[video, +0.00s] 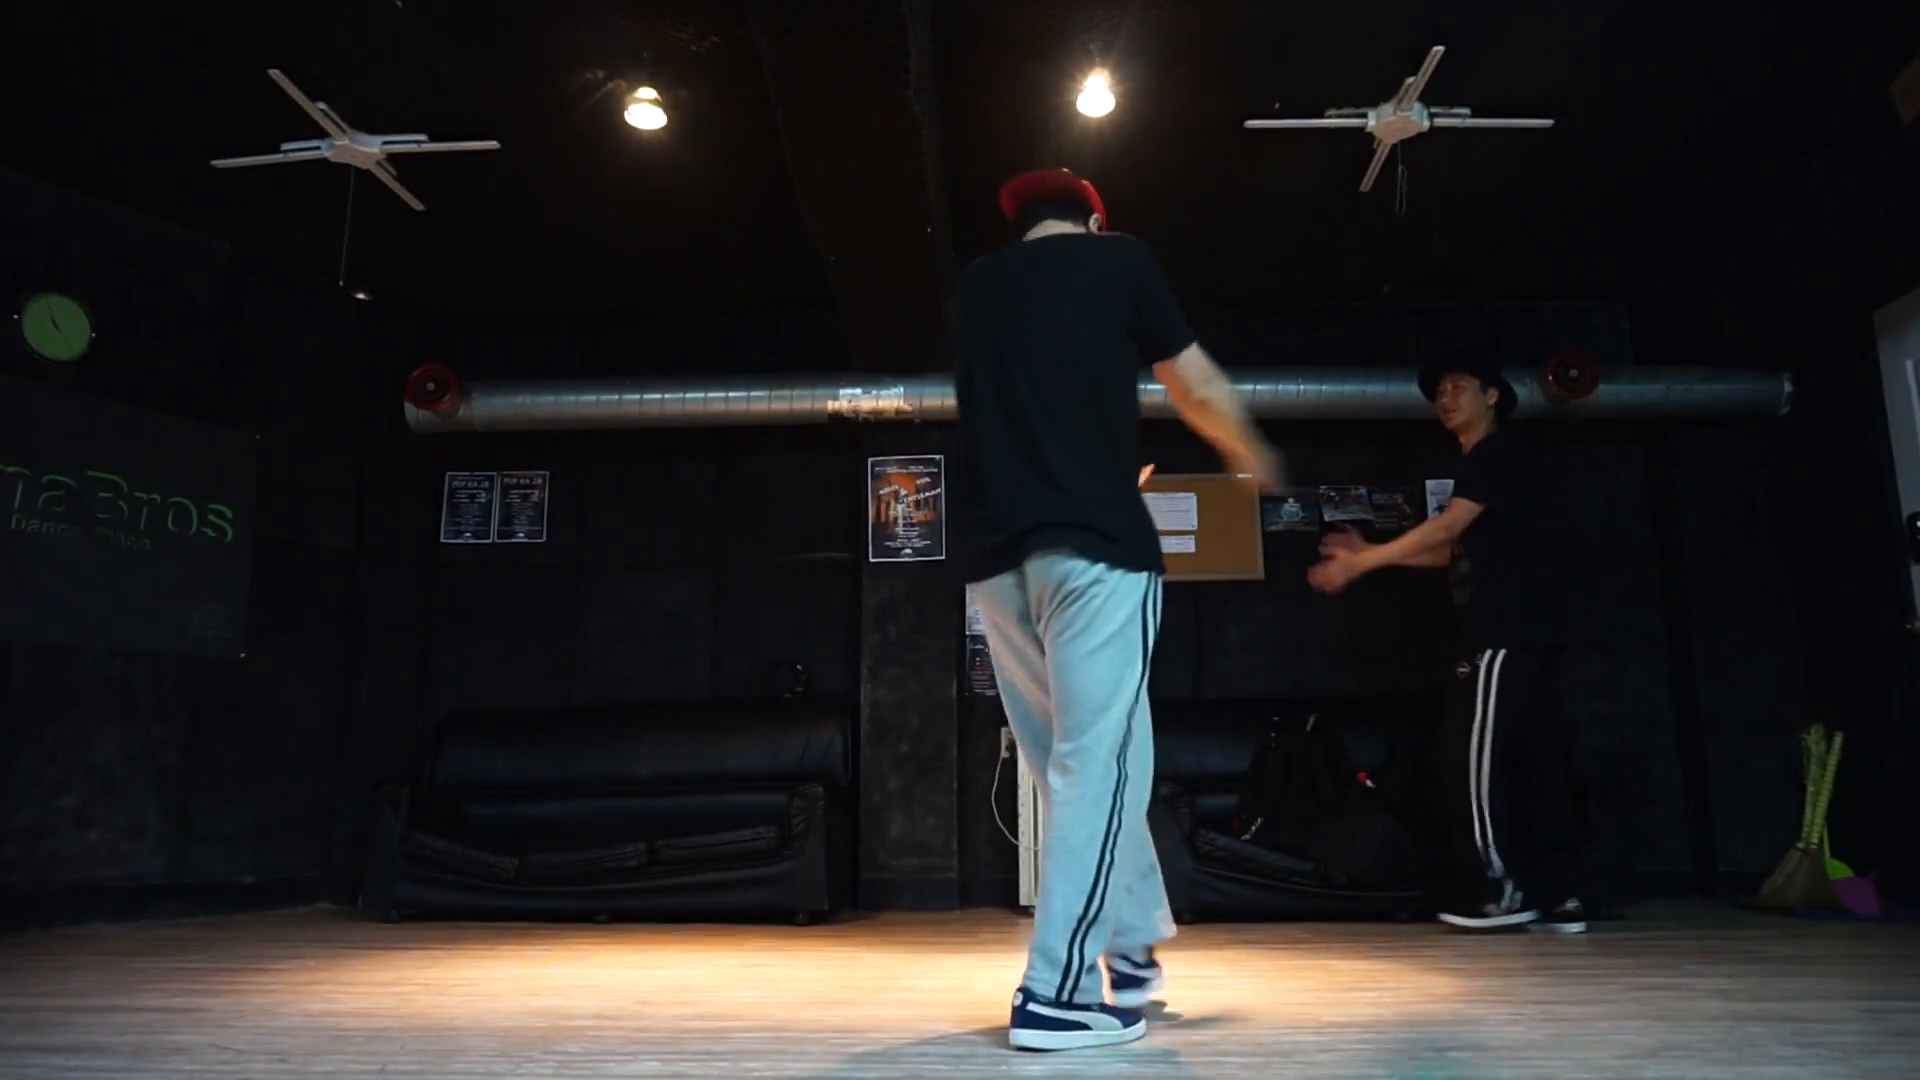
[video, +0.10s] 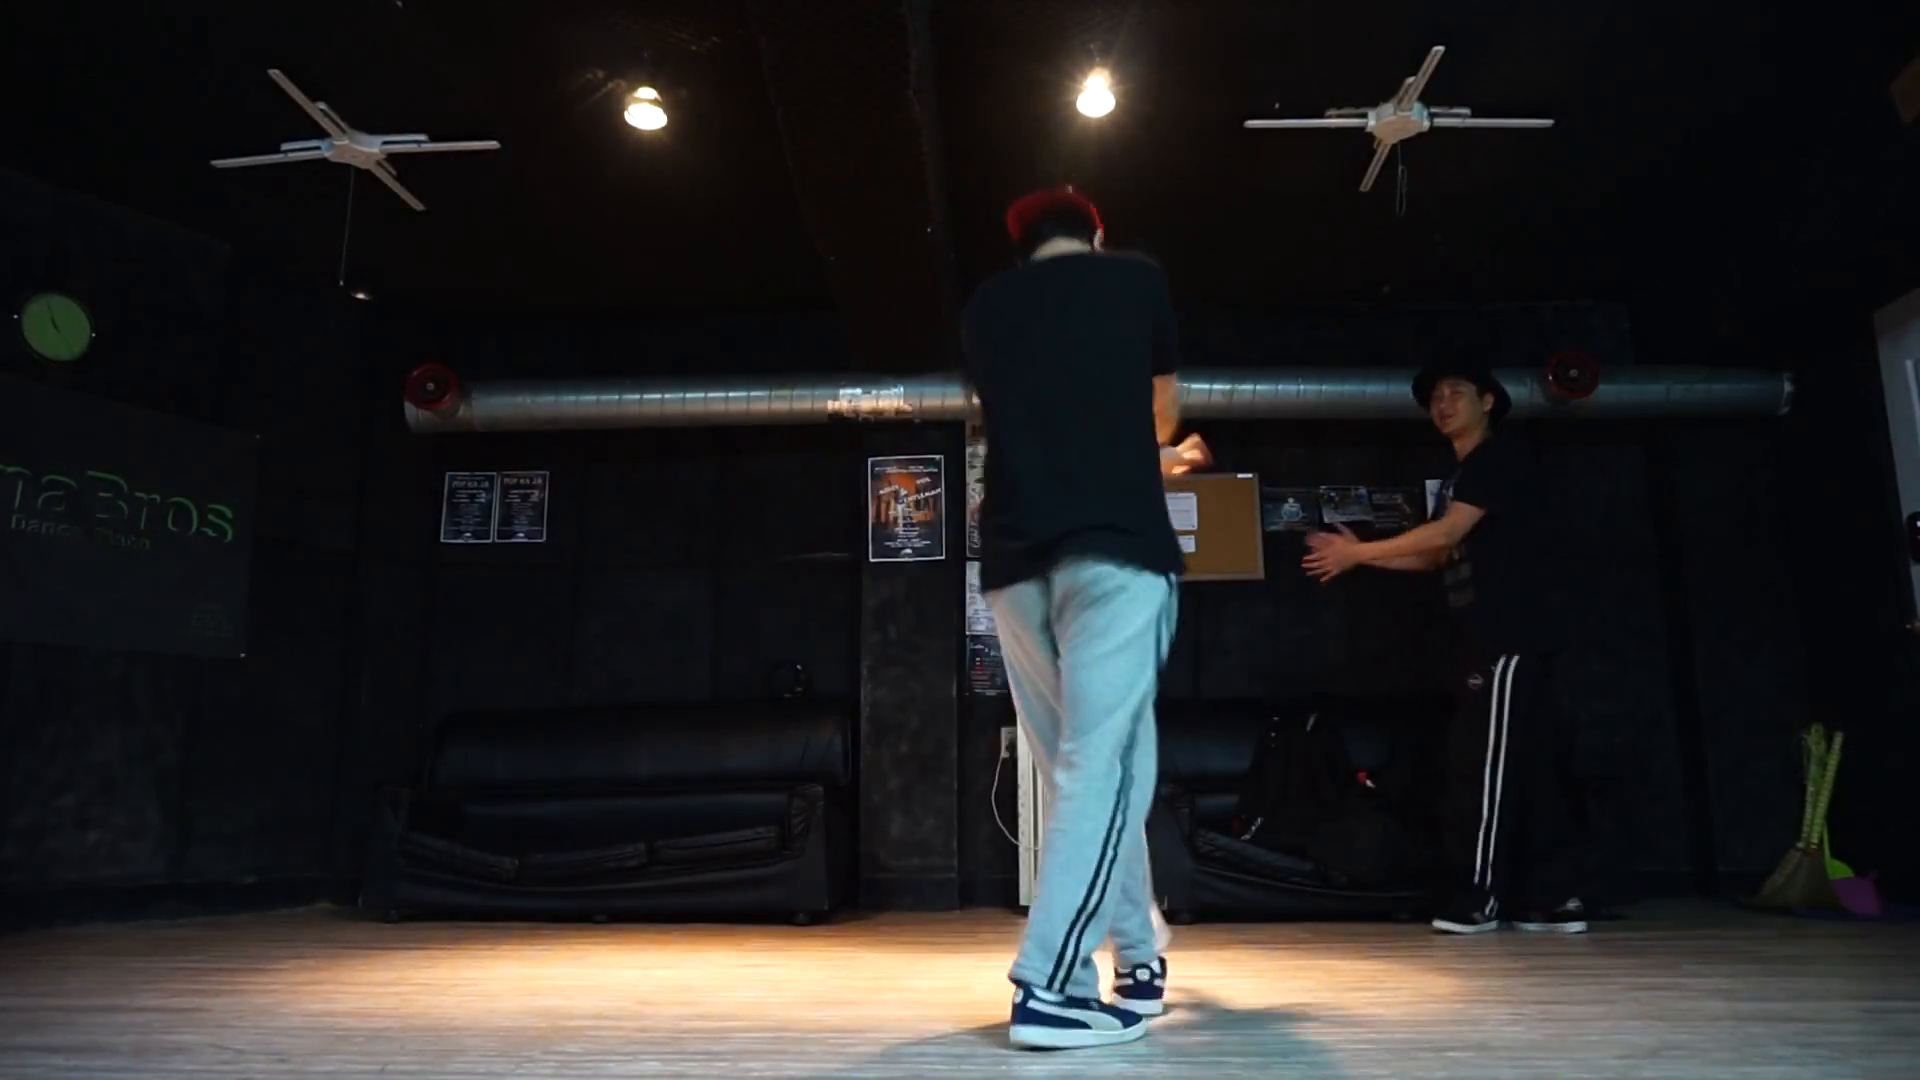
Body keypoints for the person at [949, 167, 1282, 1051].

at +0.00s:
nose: (1097, 231)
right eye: (1096, 220)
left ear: (1015, 229)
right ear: (1094, 219)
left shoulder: (977, 286)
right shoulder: (1117, 261)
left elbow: (1008, 414)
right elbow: (1196, 391)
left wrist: (1109, 474)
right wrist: (1255, 459)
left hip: (995, 556)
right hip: (1095, 539)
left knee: (1084, 760)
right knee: (1091, 766)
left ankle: (1129, 960)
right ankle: (1054, 996)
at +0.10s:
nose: (1096, 247)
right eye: (1098, 235)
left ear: (1021, 250)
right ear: (1097, 235)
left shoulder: (987, 305)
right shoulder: (1136, 277)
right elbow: (1161, 418)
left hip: (1011, 550)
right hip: (1117, 533)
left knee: (1087, 763)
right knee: (1094, 763)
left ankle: (1140, 961)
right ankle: (1049, 987)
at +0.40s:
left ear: (1036, 303)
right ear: (1110, 293)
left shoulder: (1011, 352)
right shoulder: (1164, 345)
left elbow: (1001, 479)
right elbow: (1175, 460)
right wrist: (1191, 550)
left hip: (1044, 595)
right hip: (1146, 588)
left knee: (1072, 781)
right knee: (1166, 746)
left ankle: (1133, 970)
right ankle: (1159, 859)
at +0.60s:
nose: (1040, 315)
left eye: (1038, 305)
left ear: (1037, 306)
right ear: (1109, 302)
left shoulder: (1016, 352)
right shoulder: (1170, 359)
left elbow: (975, 444)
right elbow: (1215, 471)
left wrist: (1005, 379)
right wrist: (1278, 567)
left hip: (1057, 590)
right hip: (1146, 593)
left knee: (1077, 768)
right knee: (1132, 756)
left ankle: (1131, 953)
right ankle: (1144, 936)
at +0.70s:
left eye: (1037, 316)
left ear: (1036, 319)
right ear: (1107, 312)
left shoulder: (1017, 363)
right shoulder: (1164, 365)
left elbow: (968, 444)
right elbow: (1208, 452)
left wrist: (999, 374)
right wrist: (1272, 527)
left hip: (1057, 594)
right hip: (1142, 596)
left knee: (1085, 774)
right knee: (1130, 772)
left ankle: (1134, 951)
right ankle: (1104, 932)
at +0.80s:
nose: (1038, 347)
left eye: (1035, 338)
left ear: (1038, 339)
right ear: (1105, 330)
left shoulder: (1017, 383)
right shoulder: (1156, 380)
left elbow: (966, 456)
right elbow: (1198, 455)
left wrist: (975, 384)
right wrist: (1259, 515)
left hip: (1056, 610)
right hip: (1137, 611)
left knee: (1077, 784)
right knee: (1124, 780)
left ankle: (1136, 941)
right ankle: (1098, 937)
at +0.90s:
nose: (1023, 358)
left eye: (1024, 349)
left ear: (1031, 346)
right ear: (1095, 340)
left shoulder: (1016, 387)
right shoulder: (1151, 393)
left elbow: (965, 473)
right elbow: (1193, 481)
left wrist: (970, 407)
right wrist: (1251, 561)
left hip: (1052, 618)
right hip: (1135, 618)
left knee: (1030, 781)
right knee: (1111, 781)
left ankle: (1132, 892)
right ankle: (1097, 945)